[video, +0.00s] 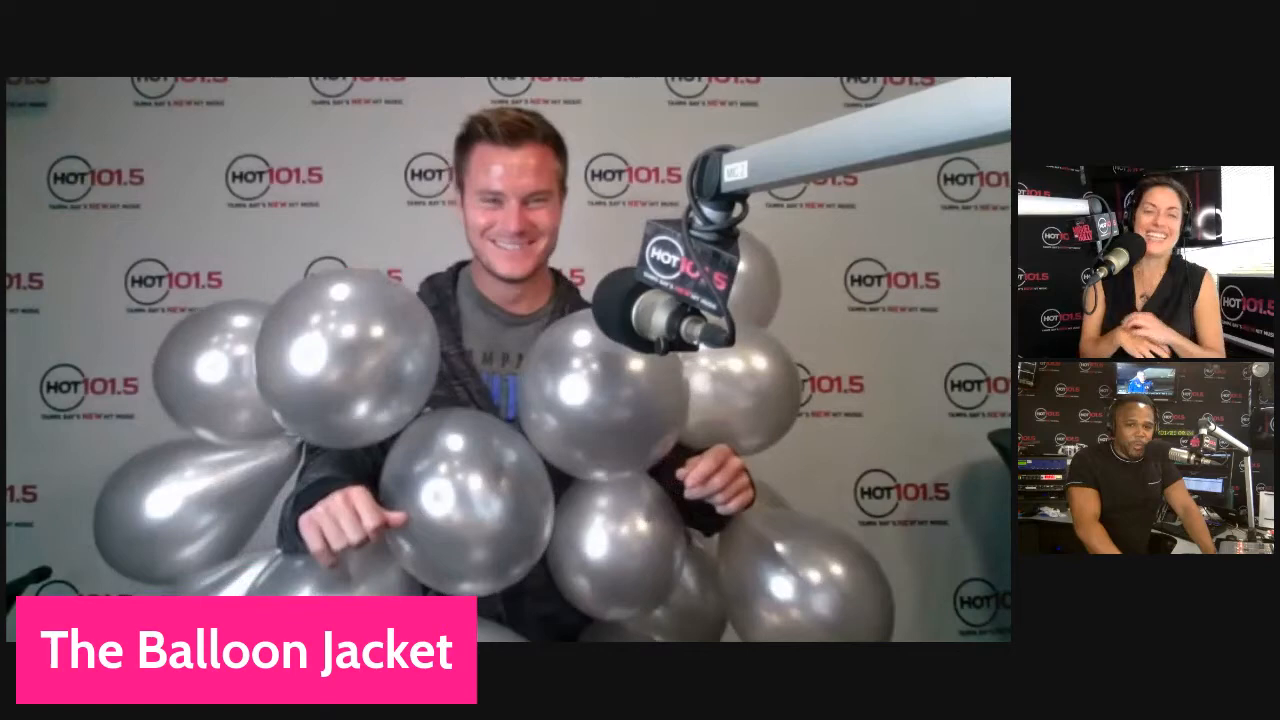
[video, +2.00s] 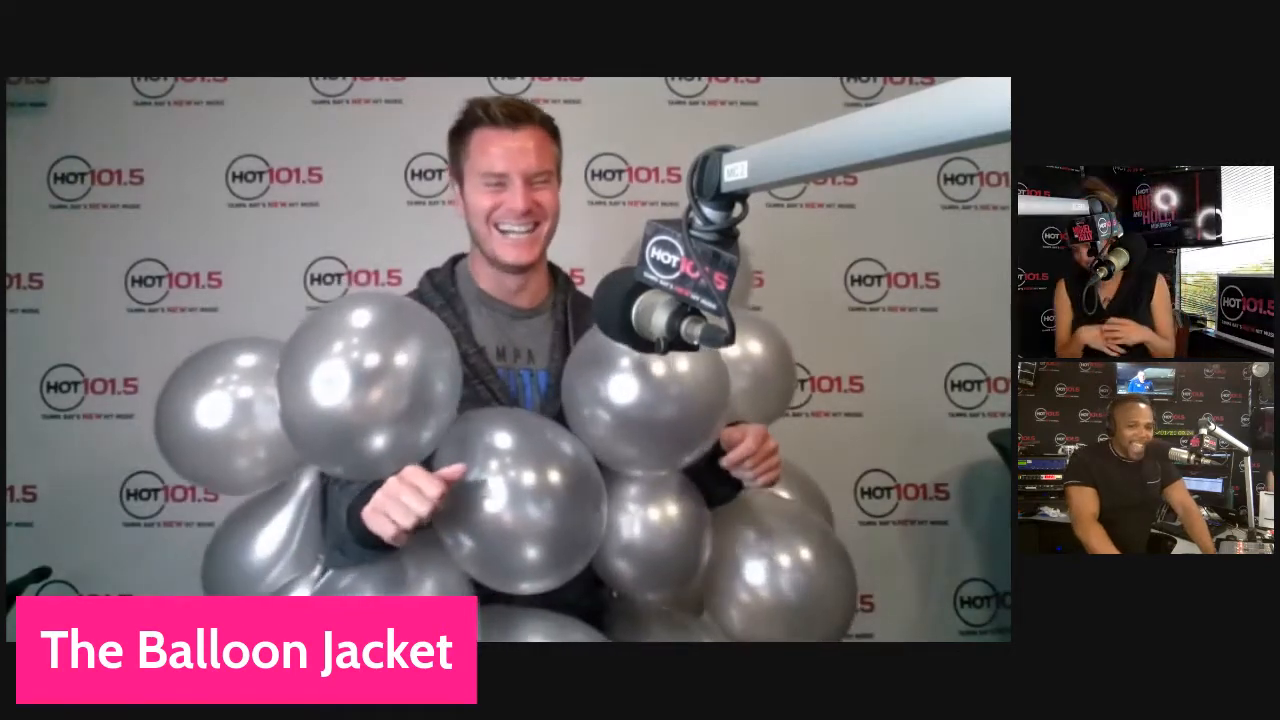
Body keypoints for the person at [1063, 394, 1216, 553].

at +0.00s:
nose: (1141, 433)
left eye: (1147, 426)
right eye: (1131, 425)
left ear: (1153, 430)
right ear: (1113, 429)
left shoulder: (1157, 457)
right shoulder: (1087, 461)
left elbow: (1187, 508)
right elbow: (1087, 525)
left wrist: (1211, 552)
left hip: (1142, 554)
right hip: (1100, 554)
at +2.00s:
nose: (1142, 434)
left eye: (1148, 427)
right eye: (1132, 426)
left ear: (1154, 429)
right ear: (1111, 428)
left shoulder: (1156, 457)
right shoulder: (1086, 460)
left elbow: (1186, 507)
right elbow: (1085, 523)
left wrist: (1210, 552)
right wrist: (1118, 562)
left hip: (1142, 557)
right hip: (1097, 558)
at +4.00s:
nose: (1141, 431)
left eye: (1147, 424)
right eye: (1130, 424)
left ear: (1153, 427)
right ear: (1111, 428)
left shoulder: (1157, 457)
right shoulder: (1088, 460)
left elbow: (1187, 508)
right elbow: (1086, 524)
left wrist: (1211, 552)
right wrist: (1119, 562)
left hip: (1143, 554)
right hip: (1100, 555)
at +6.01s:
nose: (1142, 430)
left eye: (1147, 423)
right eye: (1132, 423)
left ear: (1153, 427)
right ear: (1112, 428)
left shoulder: (1157, 457)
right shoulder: (1087, 460)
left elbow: (1187, 508)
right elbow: (1086, 524)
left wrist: (1211, 553)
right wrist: (1120, 564)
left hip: (1143, 556)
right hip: (1098, 558)